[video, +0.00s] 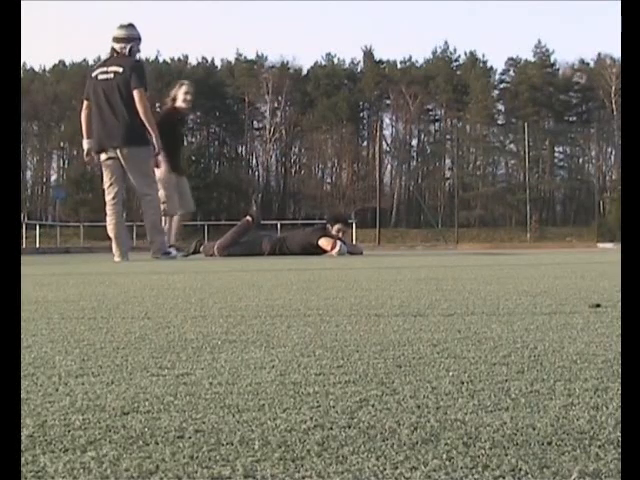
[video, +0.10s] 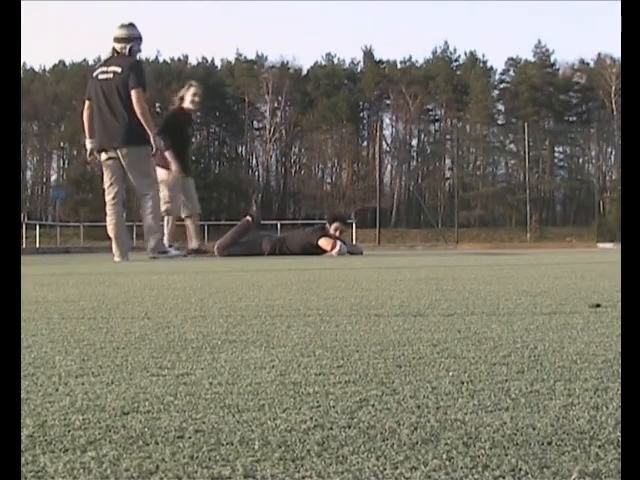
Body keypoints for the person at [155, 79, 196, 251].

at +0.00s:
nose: (188, 97)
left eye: (190, 94)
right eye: (185, 93)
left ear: (192, 97)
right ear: (175, 95)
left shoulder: (181, 118)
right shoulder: (167, 116)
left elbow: (175, 144)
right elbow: (161, 141)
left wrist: (179, 165)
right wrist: (165, 162)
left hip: (177, 167)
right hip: (164, 166)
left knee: (183, 209)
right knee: (168, 209)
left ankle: (172, 243)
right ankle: (164, 245)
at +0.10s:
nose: (196, 100)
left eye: (198, 97)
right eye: (193, 96)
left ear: (200, 100)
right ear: (183, 97)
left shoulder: (188, 118)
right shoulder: (175, 115)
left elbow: (179, 141)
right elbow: (161, 137)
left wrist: (185, 162)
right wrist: (173, 161)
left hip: (183, 165)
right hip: (168, 165)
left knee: (191, 208)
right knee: (170, 207)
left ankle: (194, 243)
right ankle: (167, 244)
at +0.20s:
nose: (206, 107)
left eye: (209, 104)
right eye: (204, 102)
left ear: (210, 106)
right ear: (194, 100)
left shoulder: (198, 121)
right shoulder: (184, 118)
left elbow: (190, 146)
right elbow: (172, 142)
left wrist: (195, 166)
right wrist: (184, 166)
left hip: (193, 168)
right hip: (178, 168)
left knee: (202, 209)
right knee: (182, 208)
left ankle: (202, 244)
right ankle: (169, 242)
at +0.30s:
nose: (212, 108)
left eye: (215, 105)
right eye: (210, 104)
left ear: (214, 106)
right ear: (201, 101)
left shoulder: (202, 121)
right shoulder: (188, 116)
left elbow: (195, 147)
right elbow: (177, 143)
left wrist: (200, 168)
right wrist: (188, 166)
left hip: (196, 168)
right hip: (180, 167)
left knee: (203, 208)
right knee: (188, 204)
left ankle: (201, 244)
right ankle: (174, 238)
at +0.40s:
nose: (218, 108)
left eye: (221, 105)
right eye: (217, 103)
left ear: (219, 105)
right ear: (207, 100)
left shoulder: (204, 119)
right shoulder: (194, 115)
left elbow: (198, 148)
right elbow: (181, 140)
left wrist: (211, 165)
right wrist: (193, 165)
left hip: (197, 166)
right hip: (182, 165)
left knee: (201, 209)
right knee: (188, 206)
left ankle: (201, 244)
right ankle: (183, 243)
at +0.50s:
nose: (221, 108)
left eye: (224, 105)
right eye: (220, 103)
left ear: (222, 105)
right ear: (210, 100)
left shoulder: (207, 119)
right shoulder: (196, 114)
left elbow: (200, 148)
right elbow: (183, 141)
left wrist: (214, 164)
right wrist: (196, 165)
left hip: (198, 167)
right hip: (183, 165)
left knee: (201, 211)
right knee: (186, 208)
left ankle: (201, 245)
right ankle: (184, 246)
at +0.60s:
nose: (224, 109)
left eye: (227, 106)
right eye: (223, 104)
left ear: (223, 105)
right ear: (213, 101)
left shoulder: (208, 119)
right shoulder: (197, 114)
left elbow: (201, 146)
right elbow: (187, 140)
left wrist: (208, 165)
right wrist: (198, 164)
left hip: (199, 166)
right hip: (183, 165)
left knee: (200, 209)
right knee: (184, 206)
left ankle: (201, 244)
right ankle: (183, 245)